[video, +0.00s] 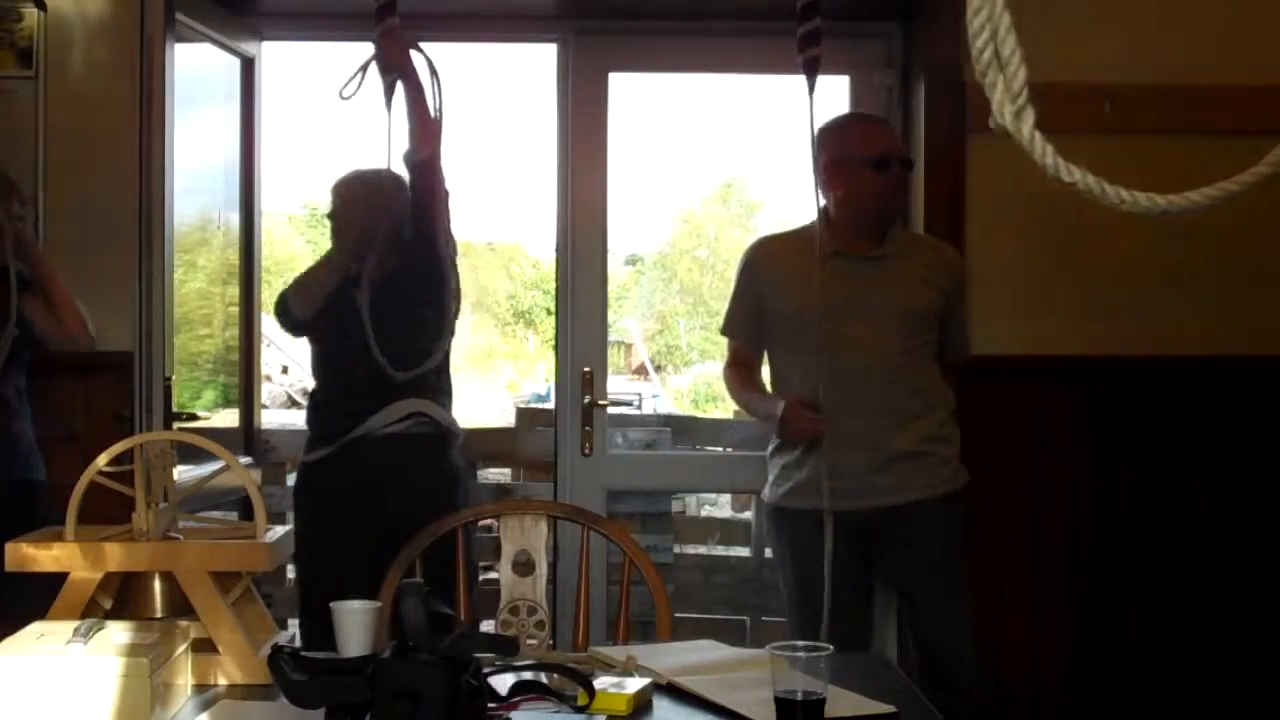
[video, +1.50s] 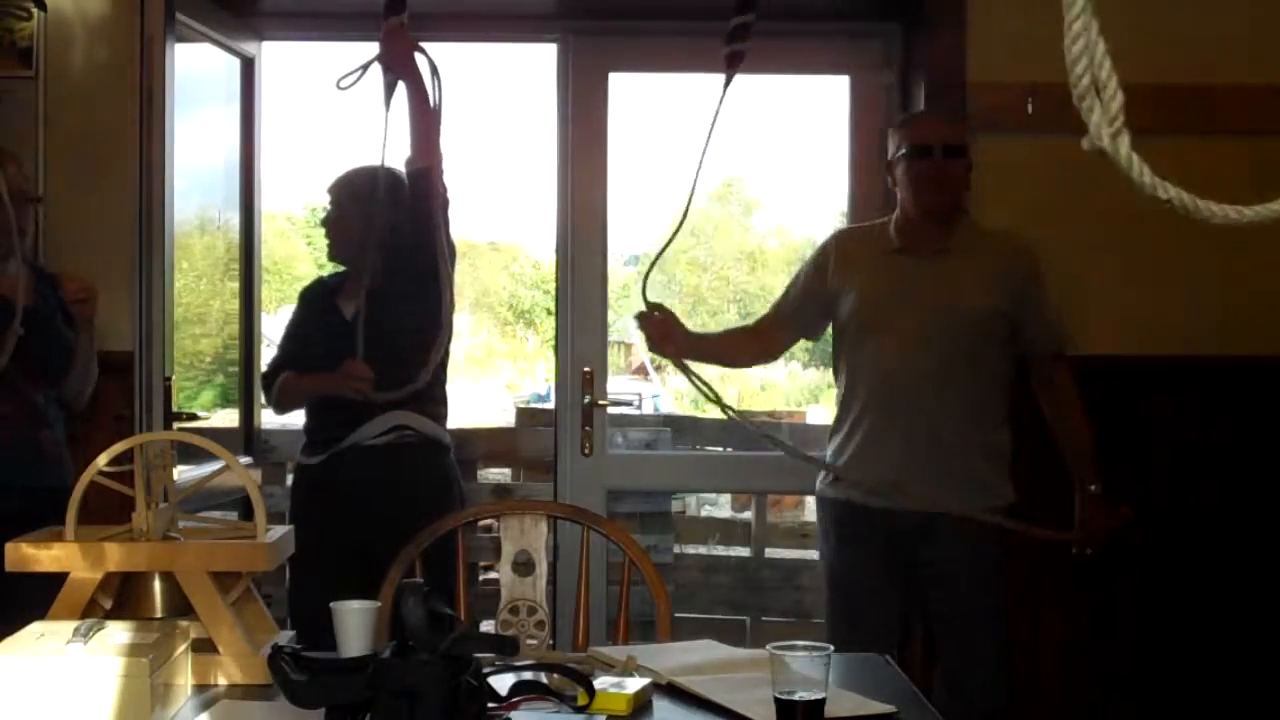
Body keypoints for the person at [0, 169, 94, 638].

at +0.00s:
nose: (19, 219)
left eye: (21, 209)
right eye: (13, 209)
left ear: (23, 217)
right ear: (1, 217)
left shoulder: (16, 284)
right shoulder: (16, 285)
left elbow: (76, 336)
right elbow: (75, 335)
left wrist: (32, 254)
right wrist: (31, 256)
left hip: (18, 454)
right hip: (14, 455)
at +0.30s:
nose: (36, 242)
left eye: (31, 226)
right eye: (25, 230)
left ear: (24, 229)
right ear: (7, 238)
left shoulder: (16, 287)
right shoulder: (11, 289)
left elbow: (32, 382)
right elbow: (31, 382)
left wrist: (48, 301)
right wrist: (48, 302)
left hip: (15, 470)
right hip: (10, 473)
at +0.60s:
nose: (30, 240)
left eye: (29, 226)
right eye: (22, 227)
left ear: (33, 227)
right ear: (18, 228)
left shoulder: (26, 291)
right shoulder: (18, 292)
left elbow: (33, 388)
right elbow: (34, 388)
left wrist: (56, 323)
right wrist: (55, 323)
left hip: (17, 470)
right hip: (12, 471)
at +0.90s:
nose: (33, 221)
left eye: (38, 208)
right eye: (20, 209)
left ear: (43, 211)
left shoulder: (38, 286)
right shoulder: (9, 284)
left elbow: (58, 389)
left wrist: (68, 320)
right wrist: (21, 307)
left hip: (34, 455)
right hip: (9, 455)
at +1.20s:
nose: (38, 216)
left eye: (40, 202)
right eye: (22, 203)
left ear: (47, 206)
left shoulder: (41, 283)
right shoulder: (10, 283)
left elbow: (68, 390)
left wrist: (78, 321)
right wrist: (19, 309)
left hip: (42, 470)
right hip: (14, 472)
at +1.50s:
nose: (25, 218)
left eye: (29, 202)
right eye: (16, 200)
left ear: (33, 208)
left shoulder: (40, 287)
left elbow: (74, 394)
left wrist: (84, 326)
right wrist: (13, 309)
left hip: (39, 479)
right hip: (12, 480)